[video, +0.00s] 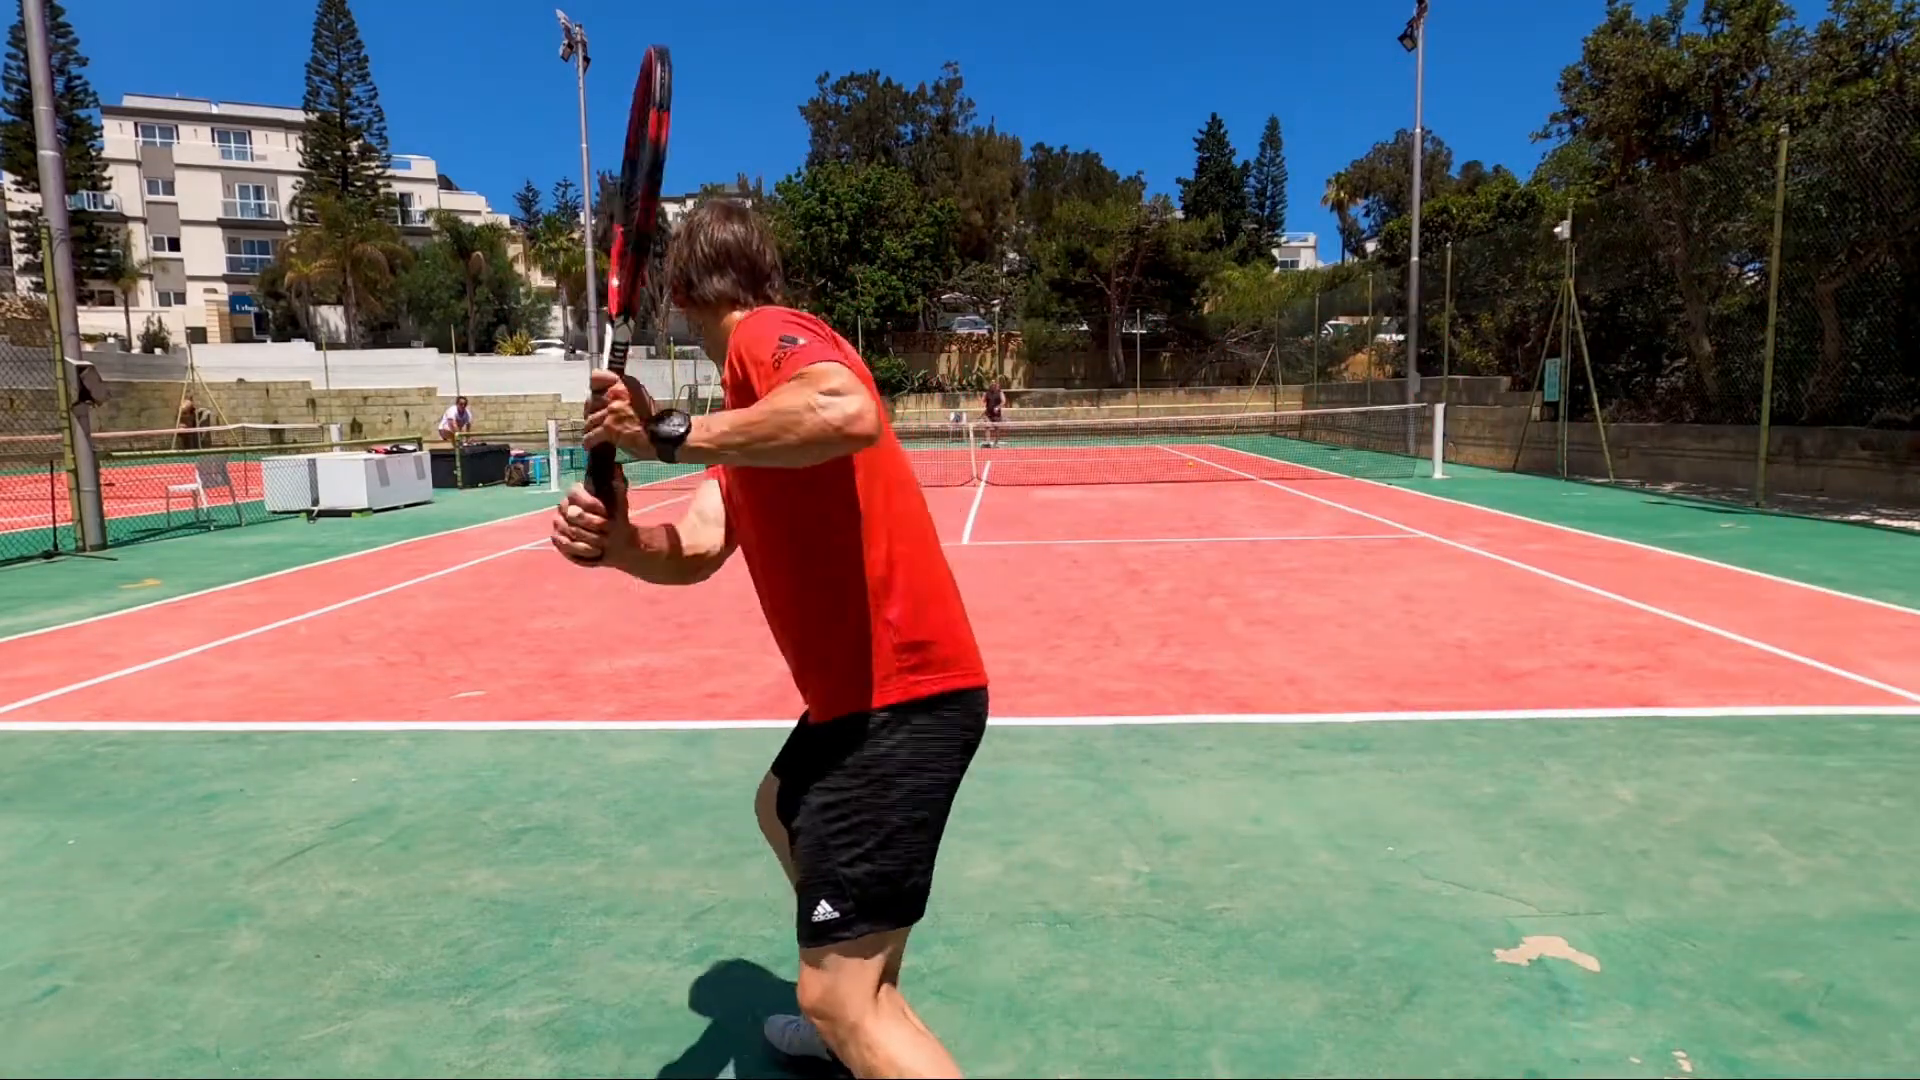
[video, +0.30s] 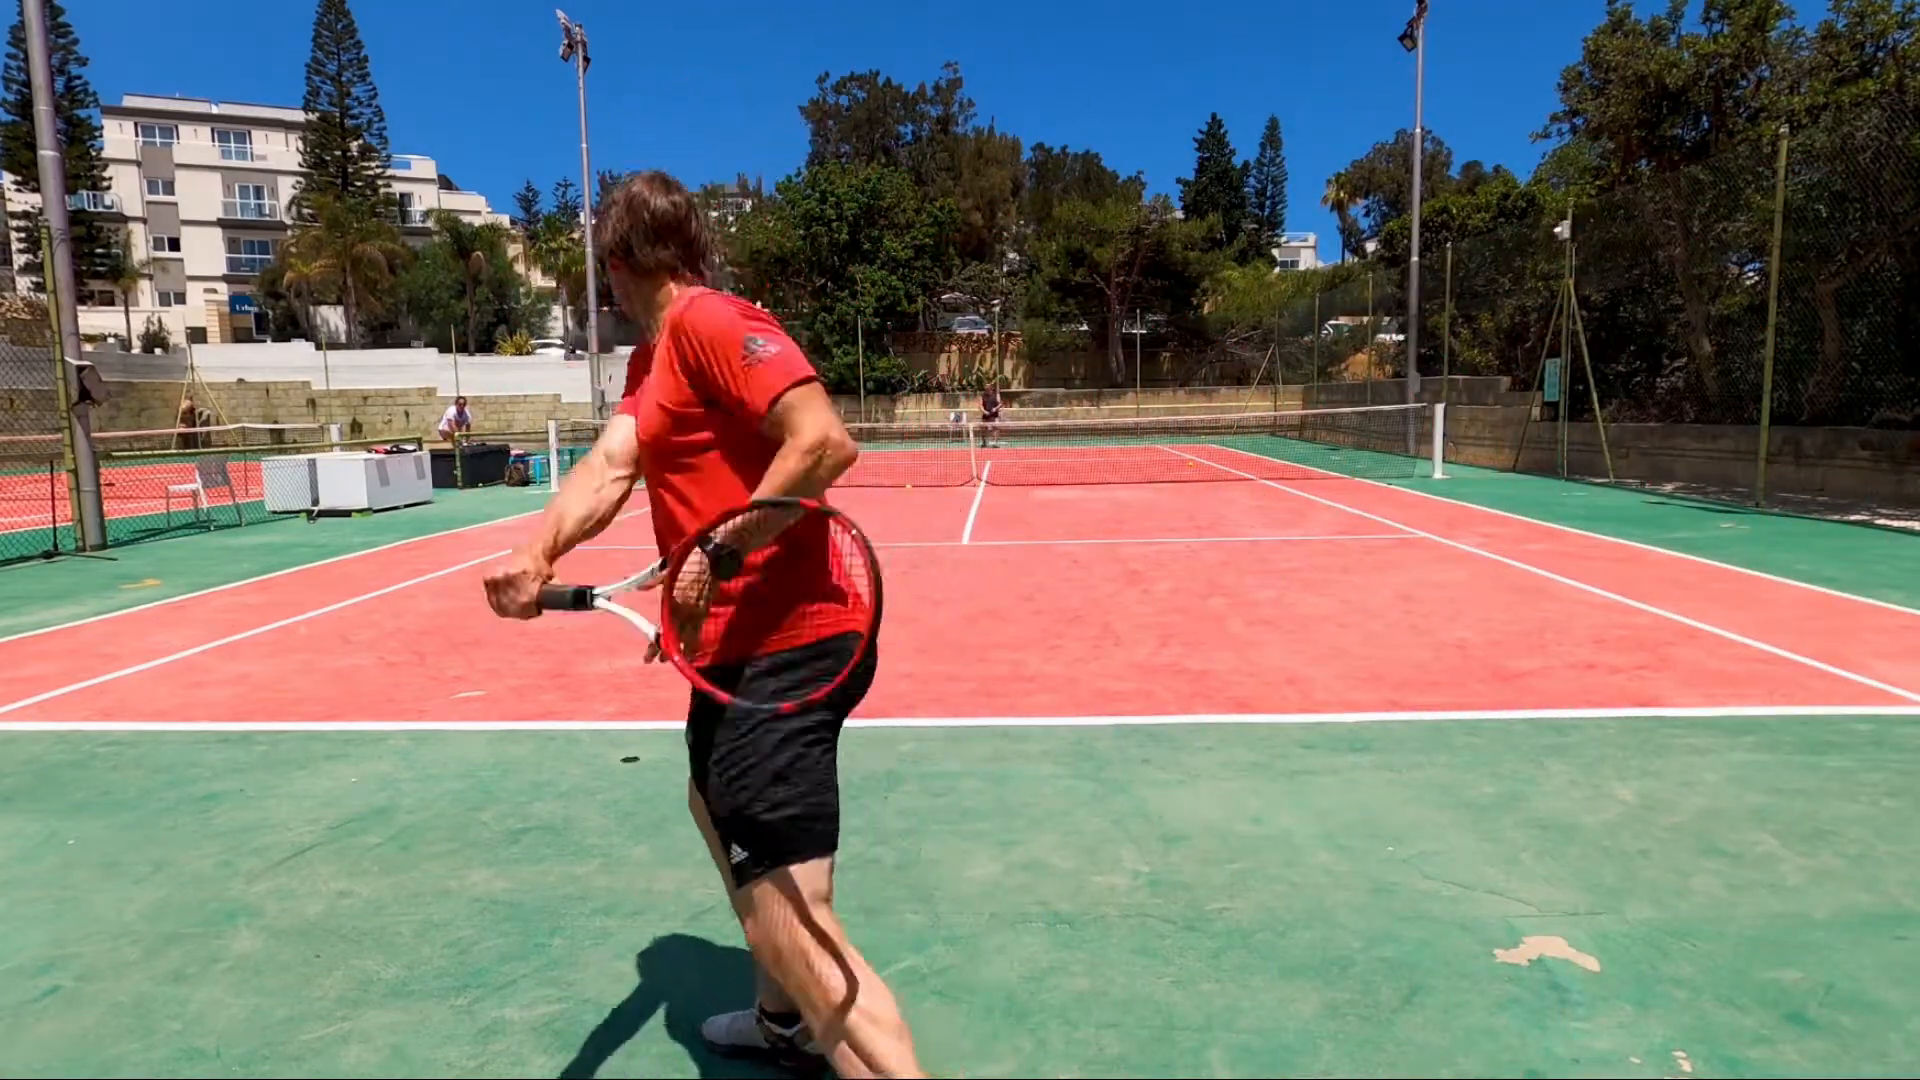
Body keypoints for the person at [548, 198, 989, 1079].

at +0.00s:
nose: (673, 307)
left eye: (671, 287)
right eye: (674, 290)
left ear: (685, 285)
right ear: (759, 269)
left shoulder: (766, 331)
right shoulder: (751, 388)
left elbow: (847, 408)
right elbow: (698, 541)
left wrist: (667, 434)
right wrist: (621, 544)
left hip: (910, 687)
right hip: (860, 686)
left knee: (843, 996)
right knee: (785, 809)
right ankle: (858, 1022)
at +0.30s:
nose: (603, 281)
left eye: (603, 262)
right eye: (603, 263)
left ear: (622, 258)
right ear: (685, 246)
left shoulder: (711, 320)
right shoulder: (657, 358)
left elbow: (822, 441)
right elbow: (610, 467)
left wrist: (720, 550)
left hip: (792, 639)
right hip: (740, 638)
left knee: (794, 926)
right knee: (720, 805)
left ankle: (893, 1068)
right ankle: (789, 1014)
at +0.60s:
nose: (531, 193)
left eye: (529, 180)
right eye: (533, 180)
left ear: (546, 181)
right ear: (628, 163)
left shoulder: (572, 263)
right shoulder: (712, 236)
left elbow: (568, 376)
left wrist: (467, 535)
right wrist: (864, 172)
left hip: (651, 581)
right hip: (752, 572)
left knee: (665, 820)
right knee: (748, 774)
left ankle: (824, 999)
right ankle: (782, 1000)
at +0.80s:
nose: (499, 211)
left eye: (490, 200)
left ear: (496, 209)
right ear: (578, 185)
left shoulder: (496, 309)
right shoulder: (670, 261)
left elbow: (405, 457)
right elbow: (811, 266)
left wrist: (285, 599)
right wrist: (919, 222)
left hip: (601, 602)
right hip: (720, 588)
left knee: (554, 833)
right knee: (739, 789)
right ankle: (783, 995)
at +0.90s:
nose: (546, 232)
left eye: (491, 228)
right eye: (554, 217)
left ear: (473, 247)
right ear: (562, 224)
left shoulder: (449, 360)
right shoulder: (645, 307)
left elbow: (357, 516)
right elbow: (799, 355)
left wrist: (261, 653)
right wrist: (909, 346)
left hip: (558, 638)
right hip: (690, 617)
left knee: (503, 851)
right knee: (721, 794)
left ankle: (464, 1069)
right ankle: (756, 998)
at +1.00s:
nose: (583, 265)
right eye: (580, 253)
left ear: (483, 272)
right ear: (570, 258)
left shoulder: (445, 386)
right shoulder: (640, 350)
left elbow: (363, 546)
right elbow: (775, 445)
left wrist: (321, 649)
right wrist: (866, 469)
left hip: (518, 666)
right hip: (652, 647)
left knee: (482, 865)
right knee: (718, 794)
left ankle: (456, 1071)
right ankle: (732, 1002)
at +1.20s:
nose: (655, 225)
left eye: (648, 212)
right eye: (652, 213)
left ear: (552, 221)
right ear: (640, 221)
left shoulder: (492, 327)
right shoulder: (678, 326)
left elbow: (441, 482)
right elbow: (735, 479)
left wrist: (510, 555)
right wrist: (737, 574)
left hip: (539, 626)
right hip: (664, 611)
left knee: (512, 839)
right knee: (736, 784)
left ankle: (468, 1067)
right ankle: (731, 1004)